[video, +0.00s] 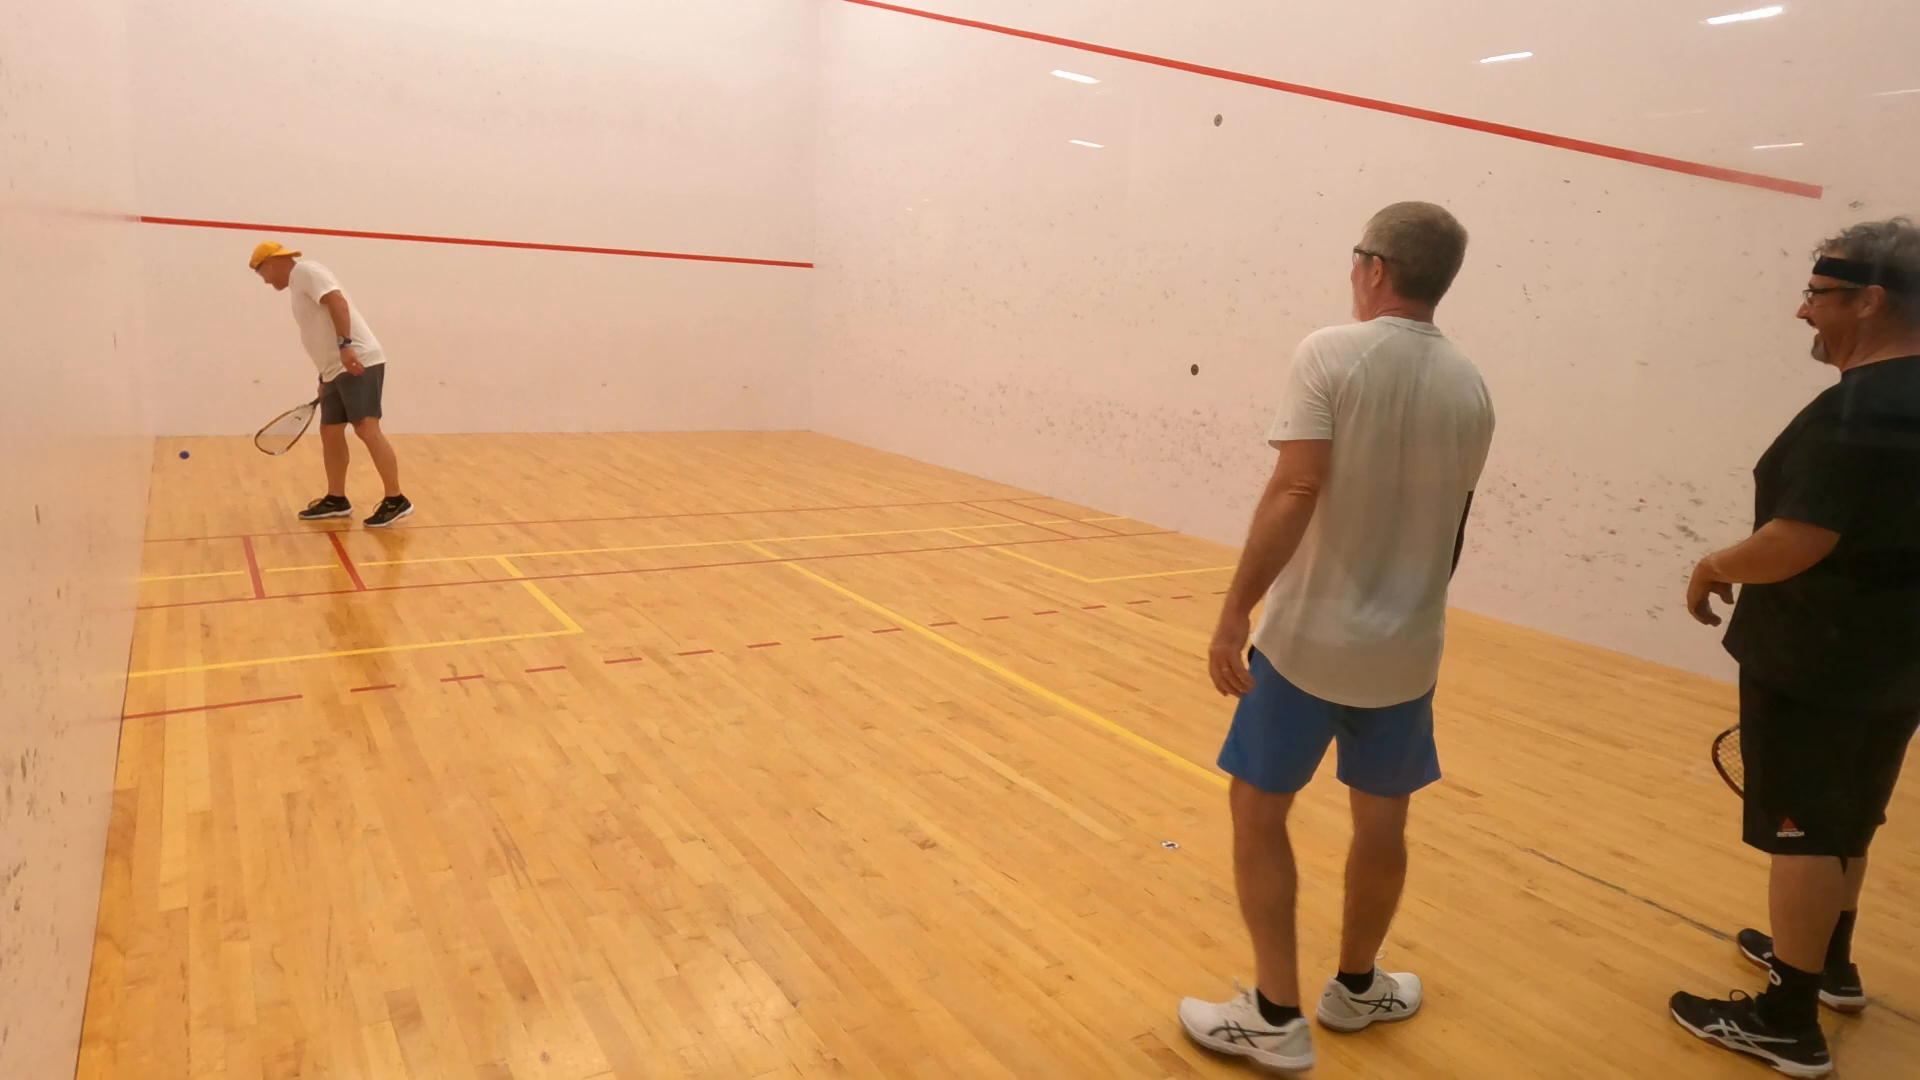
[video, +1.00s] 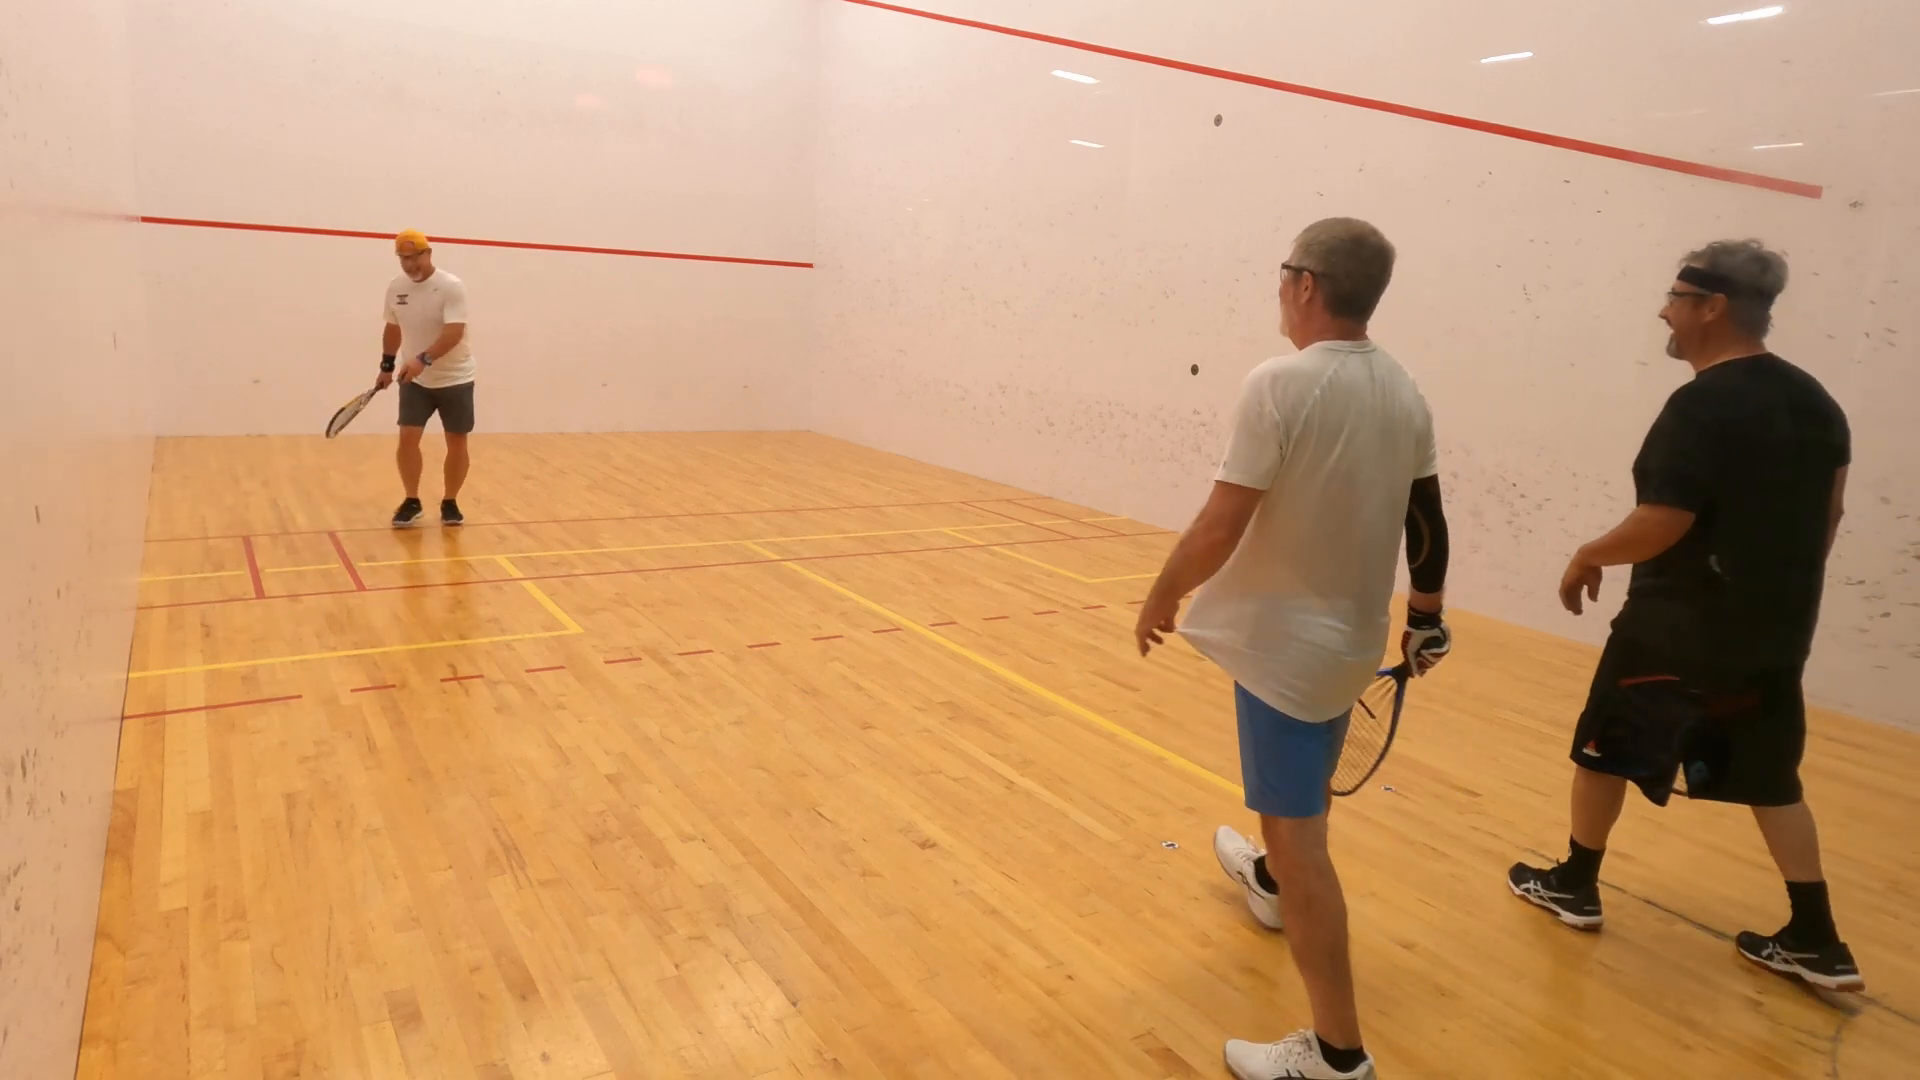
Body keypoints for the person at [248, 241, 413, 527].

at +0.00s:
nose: (264, 280)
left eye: (261, 272)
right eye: (260, 275)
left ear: (274, 263)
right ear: (274, 265)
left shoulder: (306, 271)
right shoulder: (297, 290)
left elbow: (338, 303)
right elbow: (322, 334)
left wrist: (345, 345)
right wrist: (324, 375)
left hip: (357, 361)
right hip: (334, 371)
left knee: (367, 428)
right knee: (330, 430)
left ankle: (395, 498)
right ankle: (336, 499)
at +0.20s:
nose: (253, 307)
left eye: (250, 298)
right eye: (248, 303)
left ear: (261, 286)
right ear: (261, 290)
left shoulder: (294, 285)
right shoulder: (293, 319)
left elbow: (335, 305)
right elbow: (317, 357)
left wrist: (332, 348)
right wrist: (314, 400)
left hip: (369, 363)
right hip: (342, 376)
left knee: (381, 429)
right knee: (329, 431)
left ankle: (409, 498)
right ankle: (336, 499)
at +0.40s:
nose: (260, 333)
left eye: (256, 325)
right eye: (255, 329)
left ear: (267, 310)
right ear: (267, 315)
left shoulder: (303, 302)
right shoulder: (299, 345)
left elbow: (346, 316)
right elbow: (315, 385)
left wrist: (335, 356)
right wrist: (313, 427)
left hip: (386, 367)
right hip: (357, 382)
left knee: (399, 433)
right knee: (332, 432)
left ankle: (434, 496)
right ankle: (336, 500)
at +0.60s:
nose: (288, 315)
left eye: (286, 307)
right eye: (283, 311)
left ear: (301, 295)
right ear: (299, 299)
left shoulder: (343, 297)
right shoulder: (319, 333)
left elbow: (377, 327)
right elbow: (337, 378)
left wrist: (346, 356)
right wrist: (334, 419)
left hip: (407, 375)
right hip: (372, 384)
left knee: (424, 439)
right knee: (342, 433)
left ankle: (444, 500)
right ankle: (337, 500)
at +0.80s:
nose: (352, 281)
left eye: (353, 273)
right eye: (348, 276)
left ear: (371, 265)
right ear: (355, 273)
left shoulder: (409, 289)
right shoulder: (364, 304)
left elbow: (404, 332)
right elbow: (371, 350)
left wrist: (359, 350)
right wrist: (366, 387)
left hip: (433, 380)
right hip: (393, 384)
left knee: (445, 444)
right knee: (370, 439)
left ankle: (448, 502)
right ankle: (351, 497)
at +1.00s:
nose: (409, 264)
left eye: (414, 257)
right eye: (403, 258)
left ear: (428, 254)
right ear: (398, 258)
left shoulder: (451, 286)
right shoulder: (397, 288)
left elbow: (454, 334)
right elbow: (392, 328)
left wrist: (422, 360)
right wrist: (387, 366)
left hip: (455, 380)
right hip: (416, 379)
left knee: (457, 442)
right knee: (408, 439)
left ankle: (450, 501)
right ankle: (411, 500)